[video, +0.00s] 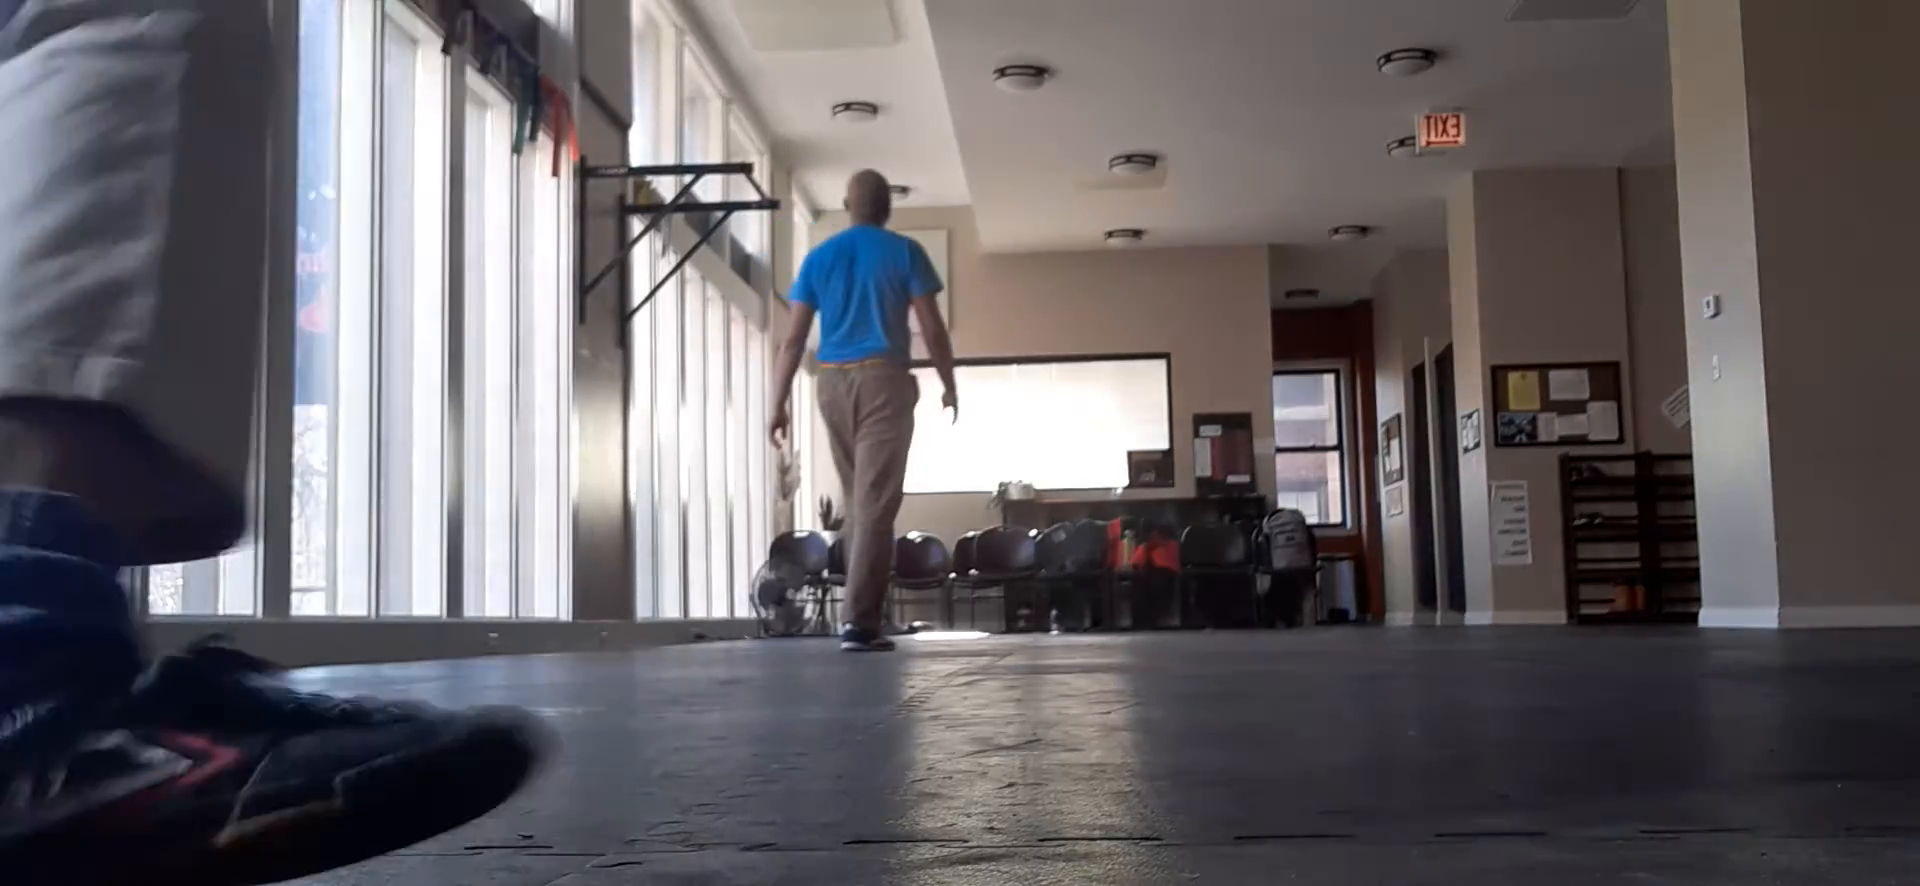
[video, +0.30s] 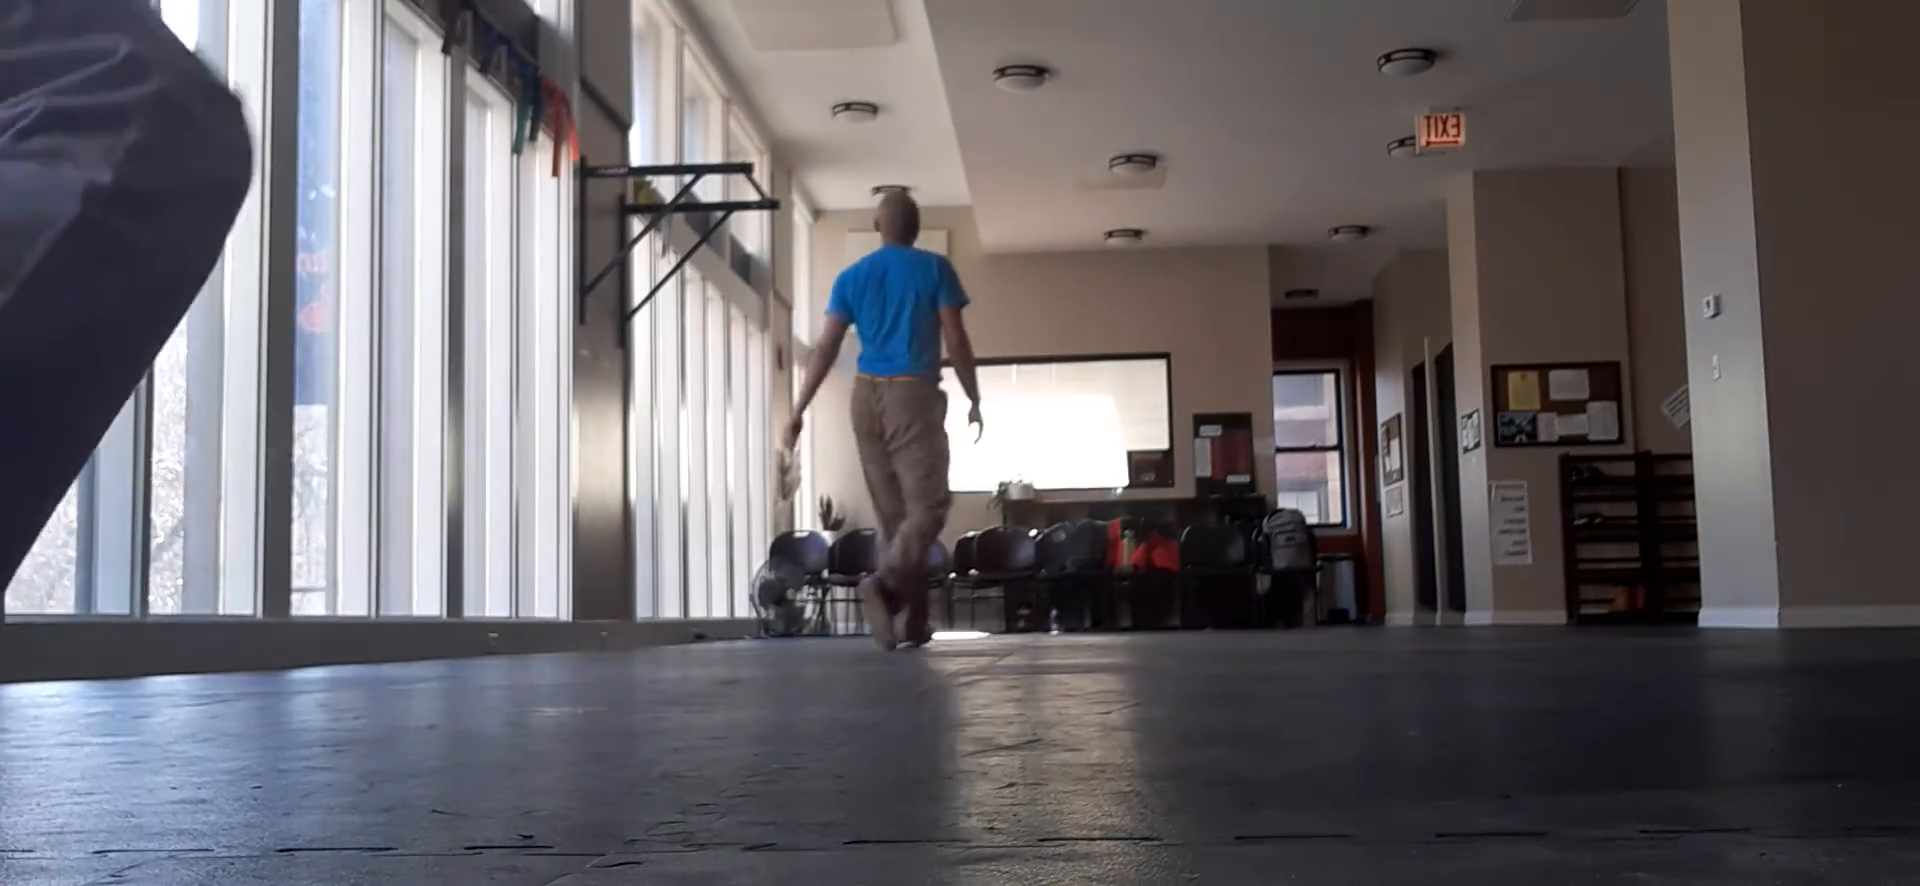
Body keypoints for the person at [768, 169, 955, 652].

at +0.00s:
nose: (858, 204)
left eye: (850, 200)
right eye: (883, 200)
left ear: (846, 208)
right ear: (888, 207)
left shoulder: (819, 256)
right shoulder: (904, 251)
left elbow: (793, 340)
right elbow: (932, 328)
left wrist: (777, 404)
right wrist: (949, 384)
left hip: (832, 384)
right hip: (885, 381)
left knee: (857, 497)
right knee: (875, 498)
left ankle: (872, 610)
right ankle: (859, 622)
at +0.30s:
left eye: (880, 216)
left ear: (878, 229)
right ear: (916, 228)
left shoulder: (852, 276)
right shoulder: (935, 267)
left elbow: (824, 351)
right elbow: (956, 340)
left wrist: (797, 414)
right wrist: (974, 398)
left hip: (864, 398)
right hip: (913, 397)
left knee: (891, 511)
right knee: (929, 503)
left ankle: (916, 621)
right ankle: (883, 586)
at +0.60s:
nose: (925, 240)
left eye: (919, 233)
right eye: (944, 237)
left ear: (914, 241)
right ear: (950, 243)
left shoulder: (887, 287)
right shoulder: (963, 280)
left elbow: (882, 362)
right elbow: (982, 347)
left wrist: (908, 390)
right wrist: (1012, 408)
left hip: (898, 401)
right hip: (951, 401)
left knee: (908, 512)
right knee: (974, 506)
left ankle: (912, 625)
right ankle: (993, 617)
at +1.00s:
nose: (989, 258)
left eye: (979, 251)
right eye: (1006, 256)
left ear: (974, 258)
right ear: (1010, 261)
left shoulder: (948, 304)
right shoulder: (1023, 298)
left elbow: (944, 378)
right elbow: (1039, 364)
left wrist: (954, 424)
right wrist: (1060, 420)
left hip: (967, 413)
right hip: (1015, 410)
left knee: (968, 509)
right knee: (1016, 512)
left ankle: (939, 606)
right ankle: (1014, 616)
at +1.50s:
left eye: (1028, 277)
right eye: (1056, 280)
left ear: (1024, 283)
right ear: (1057, 286)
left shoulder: (1002, 324)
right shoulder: (1072, 319)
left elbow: (977, 382)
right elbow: (1091, 378)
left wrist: (952, 434)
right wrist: (1112, 429)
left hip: (1014, 426)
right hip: (1055, 425)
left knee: (1033, 521)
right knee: (1051, 516)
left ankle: (1061, 618)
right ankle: (1022, 604)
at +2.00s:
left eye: (1068, 294)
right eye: (1092, 298)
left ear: (1062, 298)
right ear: (1095, 301)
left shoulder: (1040, 337)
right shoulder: (1107, 333)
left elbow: (1036, 397)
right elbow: (1122, 388)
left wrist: (1062, 415)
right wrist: (1144, 440)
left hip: (1054, 433)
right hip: (1098, 434)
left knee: (1058, 526)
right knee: (1110, 523)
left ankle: (1061, 621)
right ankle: (1131, 615)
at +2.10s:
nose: (1095, 307)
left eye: (1083, 299)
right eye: (1103, 302)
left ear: (1074, 303)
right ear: (1106, 305)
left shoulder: (1051, 342)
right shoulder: (1118, 337)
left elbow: (1047, 399)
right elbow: (1134, 392)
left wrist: (1069, 423)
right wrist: (1157, 444)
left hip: (1067, 438)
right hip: (1111, 438)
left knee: (1068, 526)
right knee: (1121, 527)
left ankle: (1062, 616)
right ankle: (1131, 616)